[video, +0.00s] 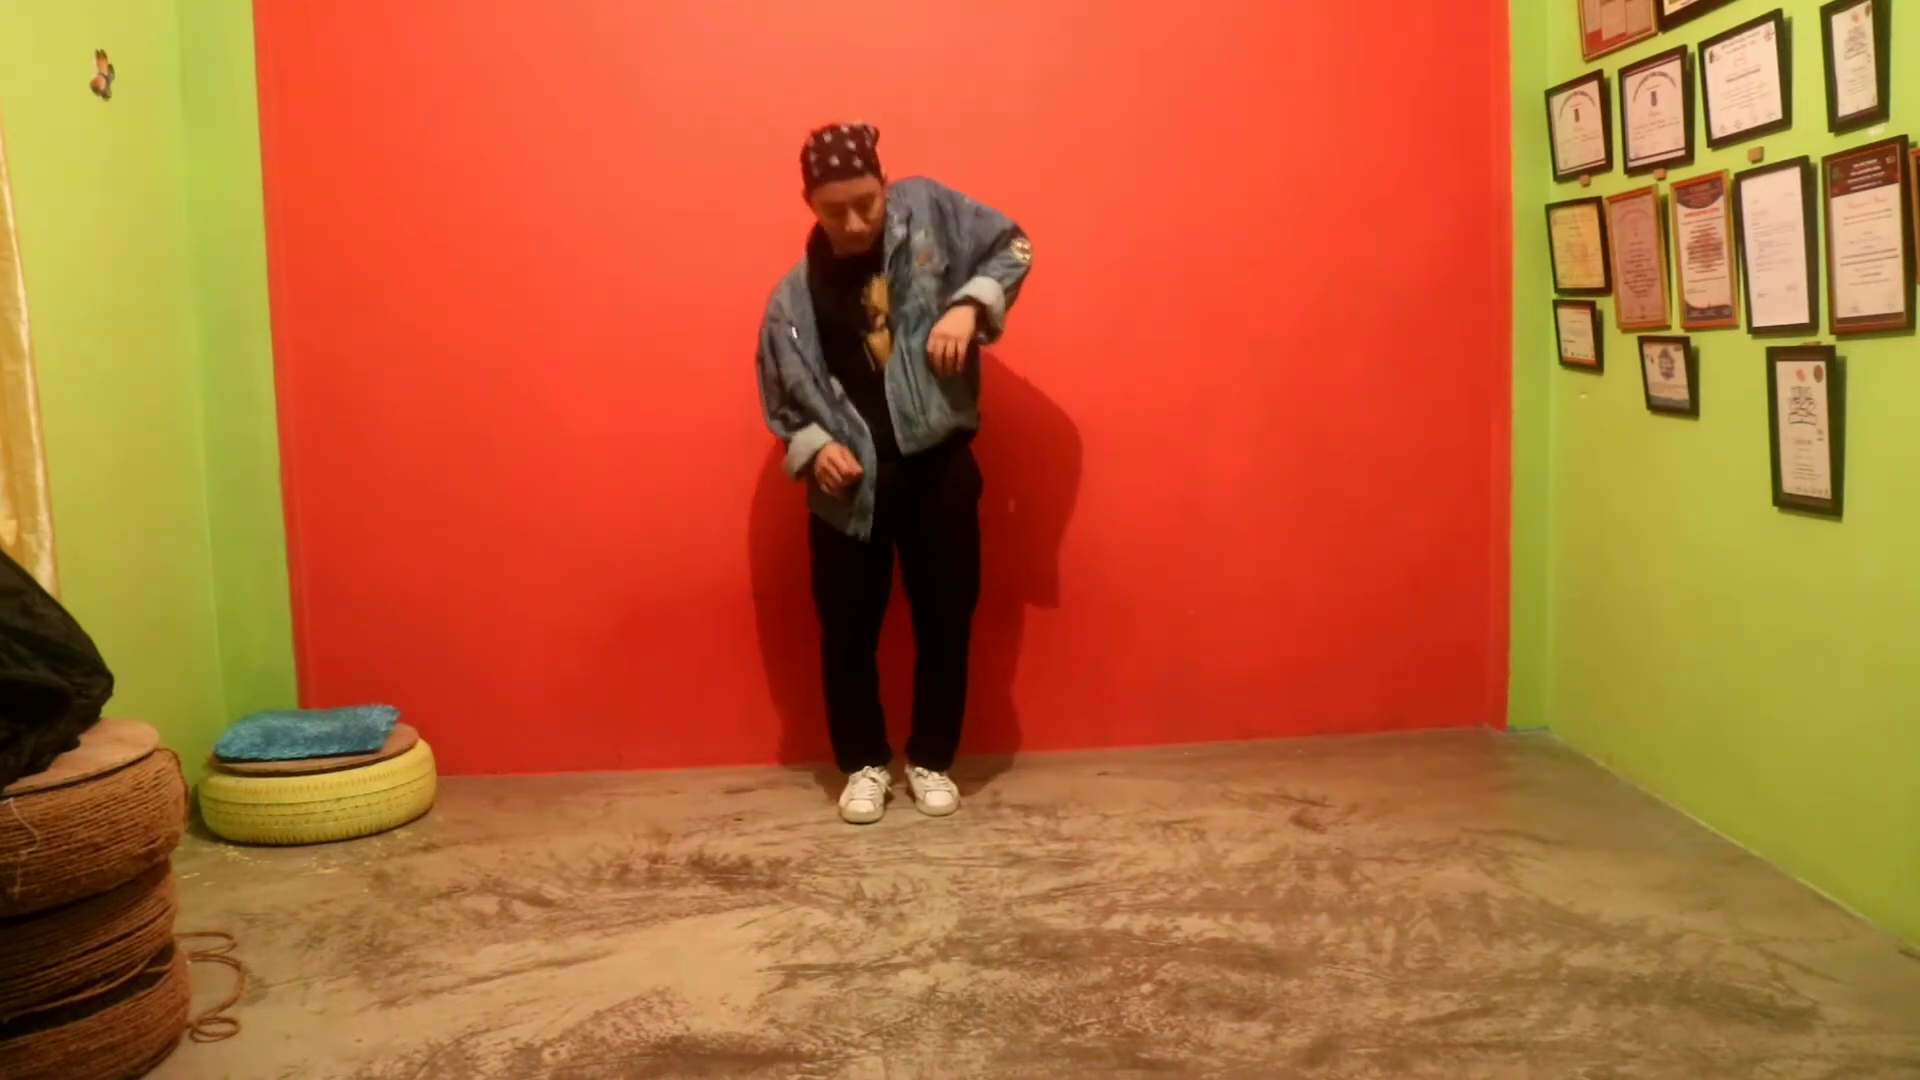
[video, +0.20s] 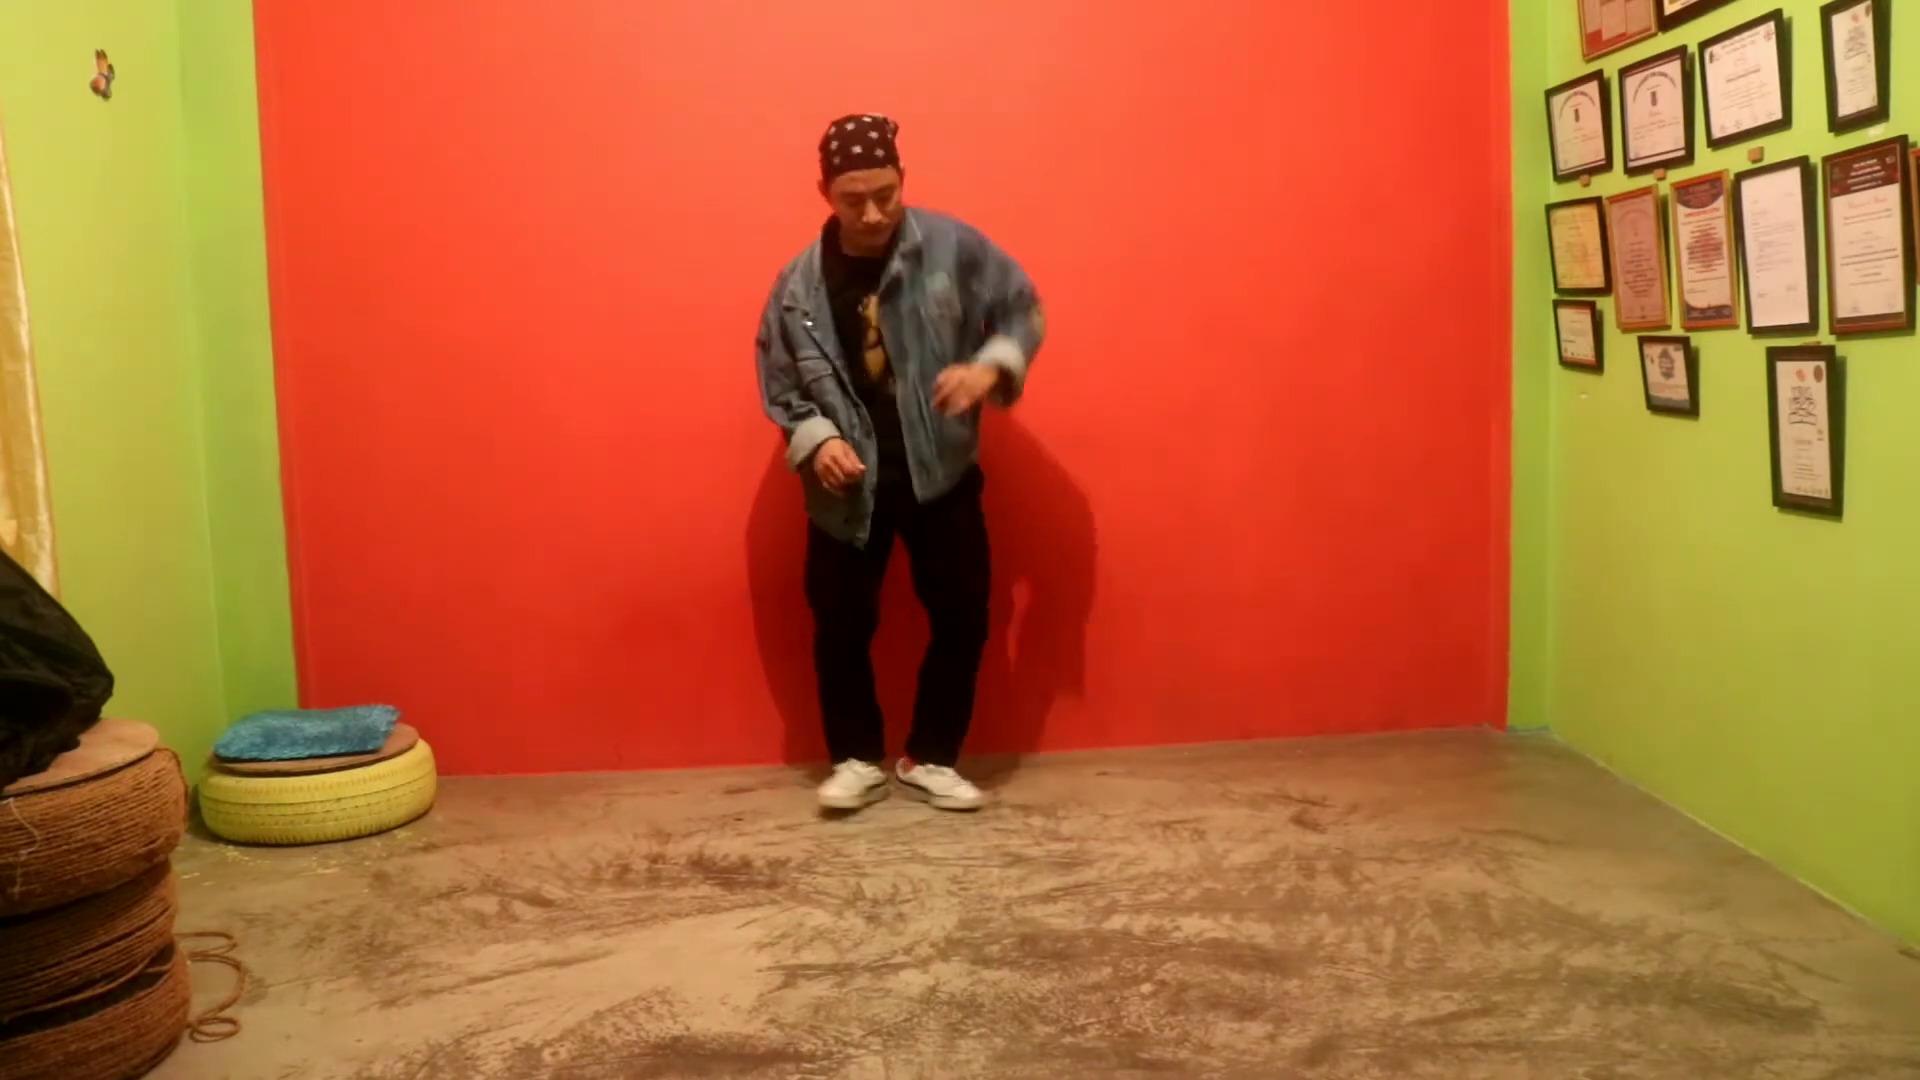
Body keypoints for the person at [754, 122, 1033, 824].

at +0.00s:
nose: (855, 223)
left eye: (865, 203)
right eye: (836, 210)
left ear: (885, 187)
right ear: (812, 204)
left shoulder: (924, 209)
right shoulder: (794, 301)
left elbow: (1009, 246)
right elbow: (784, 404)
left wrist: (968, 305)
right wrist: (815, 446)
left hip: (937, 468)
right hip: (848, 483)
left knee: (945, 619)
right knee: (848, 629)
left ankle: (931, 762)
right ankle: (864, 767)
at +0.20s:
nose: (872, 214)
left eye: (884, 196)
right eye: (853, 200)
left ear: (903, 183)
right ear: (827, 193)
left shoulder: (955, 249)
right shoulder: (798, 287)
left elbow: (1023, 313)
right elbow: (782, 385)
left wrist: (989, 366)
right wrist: (816, 440)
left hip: (942, 476)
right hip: (850, 482)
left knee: (962, 614)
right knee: (839, 620)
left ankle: (930, 760)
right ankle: (858, 760)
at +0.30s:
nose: (882, 232)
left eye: (893, 213)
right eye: (864, 218)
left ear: (913, 206)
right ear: (840, 217)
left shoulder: (959, 289)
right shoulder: (803, 305)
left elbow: (1013, 366)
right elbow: (779, 397)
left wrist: (986, 413)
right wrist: (816, 452)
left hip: (943, 502)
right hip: (846, 506)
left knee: (984, 625)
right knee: (811, 629)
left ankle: (929, 760)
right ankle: (855, 760)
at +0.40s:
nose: (893, 267)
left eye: (905, 248)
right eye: (877, 251)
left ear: (926, 245)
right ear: (853, 252)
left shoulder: (966, 333)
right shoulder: (813, 337)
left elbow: (988, 434)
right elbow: (782, 439)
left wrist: (979, 462)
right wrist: (818, 491)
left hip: (938, 524)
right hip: (844, 526)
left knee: (1001, 634)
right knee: (790, 640)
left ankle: (931, 761)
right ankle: (854, 763)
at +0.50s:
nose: (894, 269)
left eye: (906, 251)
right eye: (877, 253)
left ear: (925, 245)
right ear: (852, 251)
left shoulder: (965, 331)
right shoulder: (813, 335)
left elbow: (980, 433)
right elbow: (791, 440)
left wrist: (961, 457)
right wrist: (829, 481)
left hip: (937, 521)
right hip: (844, 522)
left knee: (1001, 635)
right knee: (795, 640)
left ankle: (929, 762)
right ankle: (856, 764)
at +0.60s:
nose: (886, 284)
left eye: (898, 269)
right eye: (871, 272)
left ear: (917, 254)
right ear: (846, 258)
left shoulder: (955, 309)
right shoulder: (808, 323)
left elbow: (977, 390)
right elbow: (803, 411)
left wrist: (958, 405)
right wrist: (833, 418)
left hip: (937, 515)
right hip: (849, 520)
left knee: (985, 636)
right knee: (818, 646)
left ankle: (929, 763)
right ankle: (856, 766)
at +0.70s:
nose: (878, 299)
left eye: (891, 283)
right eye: (864, 286)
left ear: (911, 266)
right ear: (840, 271)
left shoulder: (947, 297)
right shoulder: (805, 318)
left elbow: (964, 395)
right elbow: (809, 412)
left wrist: (962, 375)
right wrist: (815, 387)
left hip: (937, 514)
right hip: (847, 520)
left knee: (978, 639)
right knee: (828, 647)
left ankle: (927, 764)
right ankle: (858, 768)